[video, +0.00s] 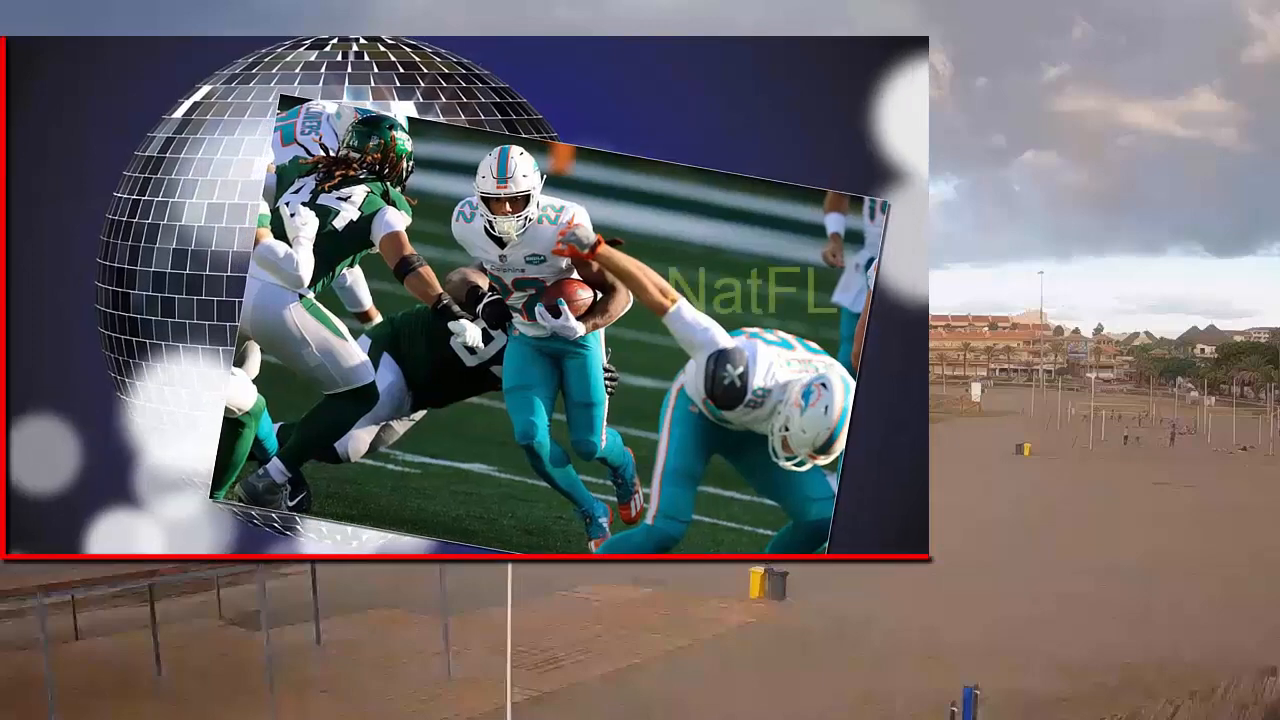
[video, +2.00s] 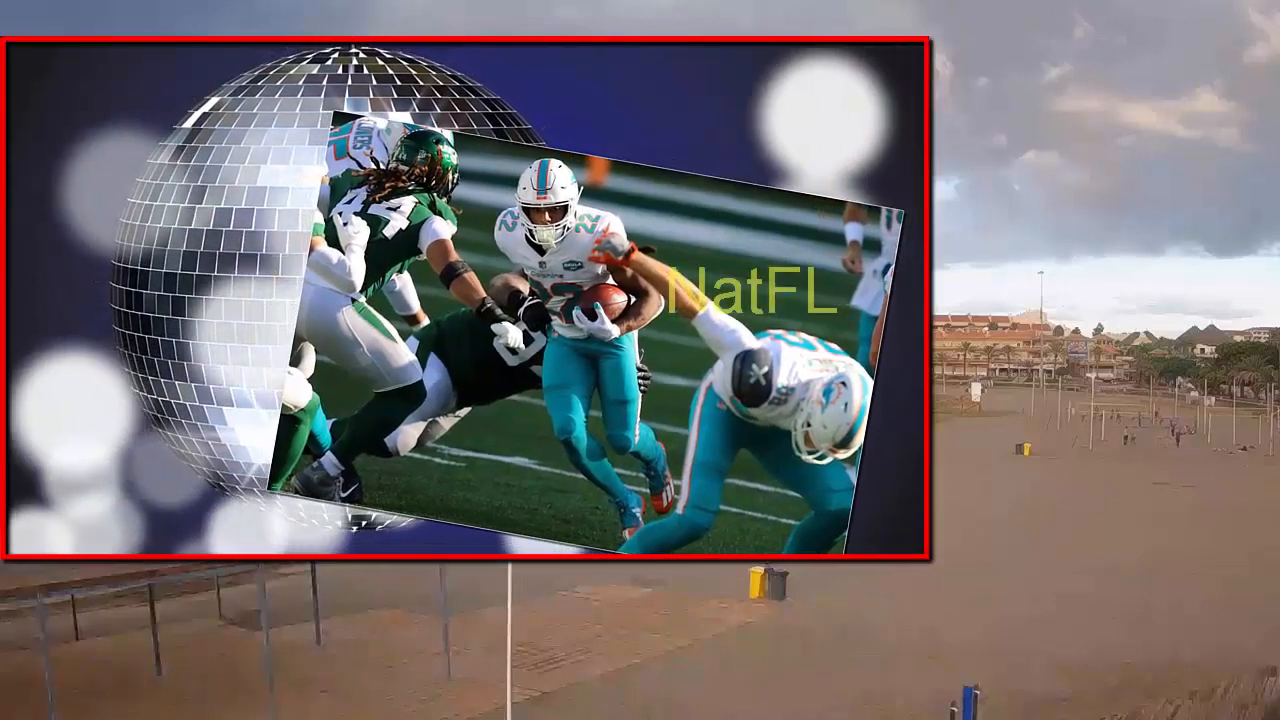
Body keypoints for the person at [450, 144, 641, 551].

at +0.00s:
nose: (504, 210)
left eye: (514, 200)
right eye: (495, 201)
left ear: (533, 194)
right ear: (482, 196)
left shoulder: (567, 224)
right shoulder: (466, 221)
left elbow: (622, 291)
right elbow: (493, 267)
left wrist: (585, 326)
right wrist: (493, 300)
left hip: (580, 340)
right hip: (525, 339)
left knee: (587, 445)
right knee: (530, 438)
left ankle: (624, 470)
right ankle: (593, 513)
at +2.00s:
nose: (544, 219)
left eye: (553, 210)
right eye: (535, 211)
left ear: (571, 204)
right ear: (523, 206)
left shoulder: (602, 232)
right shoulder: (508, 231)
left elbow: (655, 296)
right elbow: (534, 273)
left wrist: (619, 329)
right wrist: (539, 304)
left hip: (614, 340)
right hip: (564, 339)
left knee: (622, 439)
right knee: (568, 432)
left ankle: (657, 467)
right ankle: (628, 504)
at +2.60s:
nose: (556, 222)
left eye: (565, 213)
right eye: (547, 214)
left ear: (582, 207)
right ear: (535, 209)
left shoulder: (614, 234)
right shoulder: (520, 233)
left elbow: (663, 297)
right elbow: (548, 275)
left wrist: (629, 329)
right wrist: (551, 304)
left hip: (625, 341)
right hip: (575, 340)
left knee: (632, 437)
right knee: (580, 431)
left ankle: (666, 463)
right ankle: (637, 501)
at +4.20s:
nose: (587, 229)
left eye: (596, 221)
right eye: (579, 222)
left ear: (612, 215)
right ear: (568, 217)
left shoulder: (642, 241)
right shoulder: (554, 241)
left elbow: (691, 301)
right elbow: (581, 280)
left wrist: (657, 331)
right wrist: (589, 308)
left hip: (653, 342)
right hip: (606, 341)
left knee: (660, 433)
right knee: (610, 427)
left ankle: (692, 460)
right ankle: (665, 494)